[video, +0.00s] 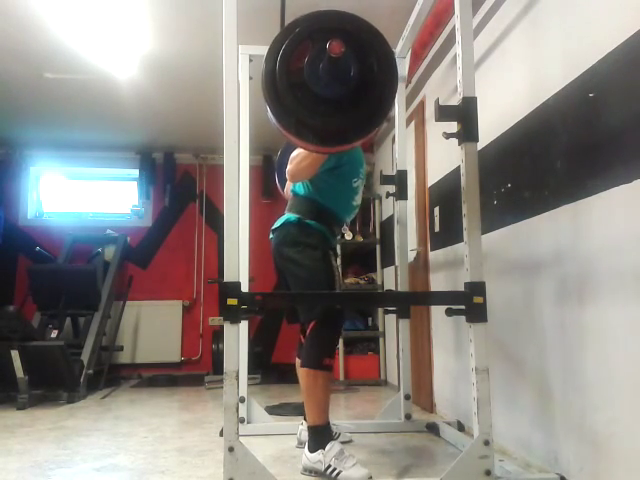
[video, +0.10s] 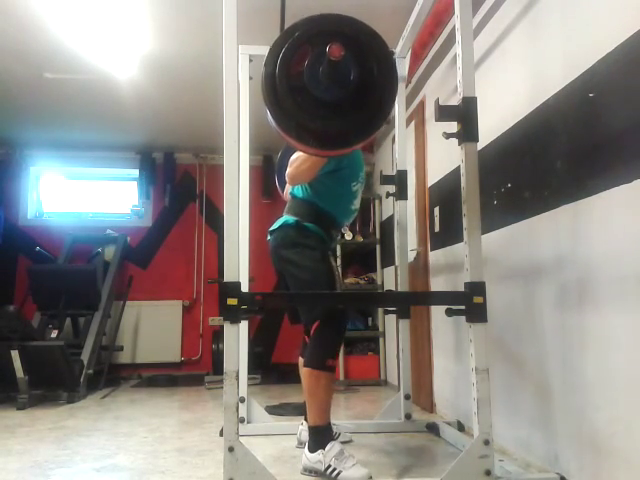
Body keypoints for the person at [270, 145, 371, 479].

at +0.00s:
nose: (373, 130)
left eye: (374, 124)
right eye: (369, 124)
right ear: (355, 119)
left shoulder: (348, 151)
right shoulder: (331, 139)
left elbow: (288, 186)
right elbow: (294, 173)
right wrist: (330, 136)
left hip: (313, 237)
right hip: (302, 235)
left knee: (318, 329)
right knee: (324, 326)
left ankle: (315, 429)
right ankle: (319, 445)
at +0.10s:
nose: (373, 135)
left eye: (374, 129)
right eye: (368, 128)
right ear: (354, 123)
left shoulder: (350, 155)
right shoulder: (329, 143)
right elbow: (293, 177)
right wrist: (329, 138)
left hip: (314, 239)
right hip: (298, 235)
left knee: (320, 331)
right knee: (327, 327)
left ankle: (314, 430)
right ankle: (320, 446)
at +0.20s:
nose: (373, 143)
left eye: (374, 137)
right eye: (369, 136)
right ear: (357, 133)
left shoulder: (350, 161)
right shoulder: (331, 149)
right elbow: (293, 181)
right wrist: (331, 145)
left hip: (310, 242)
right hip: (296, 238)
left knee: (323, 330)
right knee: (332, 326)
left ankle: (315, 429)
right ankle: (320, 446)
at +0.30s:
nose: (370, 148)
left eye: (369, 143)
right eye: (365, 142)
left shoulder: (349, 164)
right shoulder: (328, 151)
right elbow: (293, 187)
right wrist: (330, 153)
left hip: (306, 246)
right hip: (292, 244)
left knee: (325, 331)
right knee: (336, 327)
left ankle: (315, 427)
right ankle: (320, 446)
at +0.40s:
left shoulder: (352, 160)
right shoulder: (328, 152)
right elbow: (293, 195)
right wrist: (331, 162)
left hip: (307, 251)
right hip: (291, 248)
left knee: (328, 332)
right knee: (342, 327)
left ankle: (314, 424)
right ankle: (320, 445)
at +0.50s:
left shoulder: (352, 168)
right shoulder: (327, 161)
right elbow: (293, 203)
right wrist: (331, 174)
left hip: (306, 254)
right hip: (288, 249)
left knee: (330, 329)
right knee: (346, 325)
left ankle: (314, 422)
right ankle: (321, 444)